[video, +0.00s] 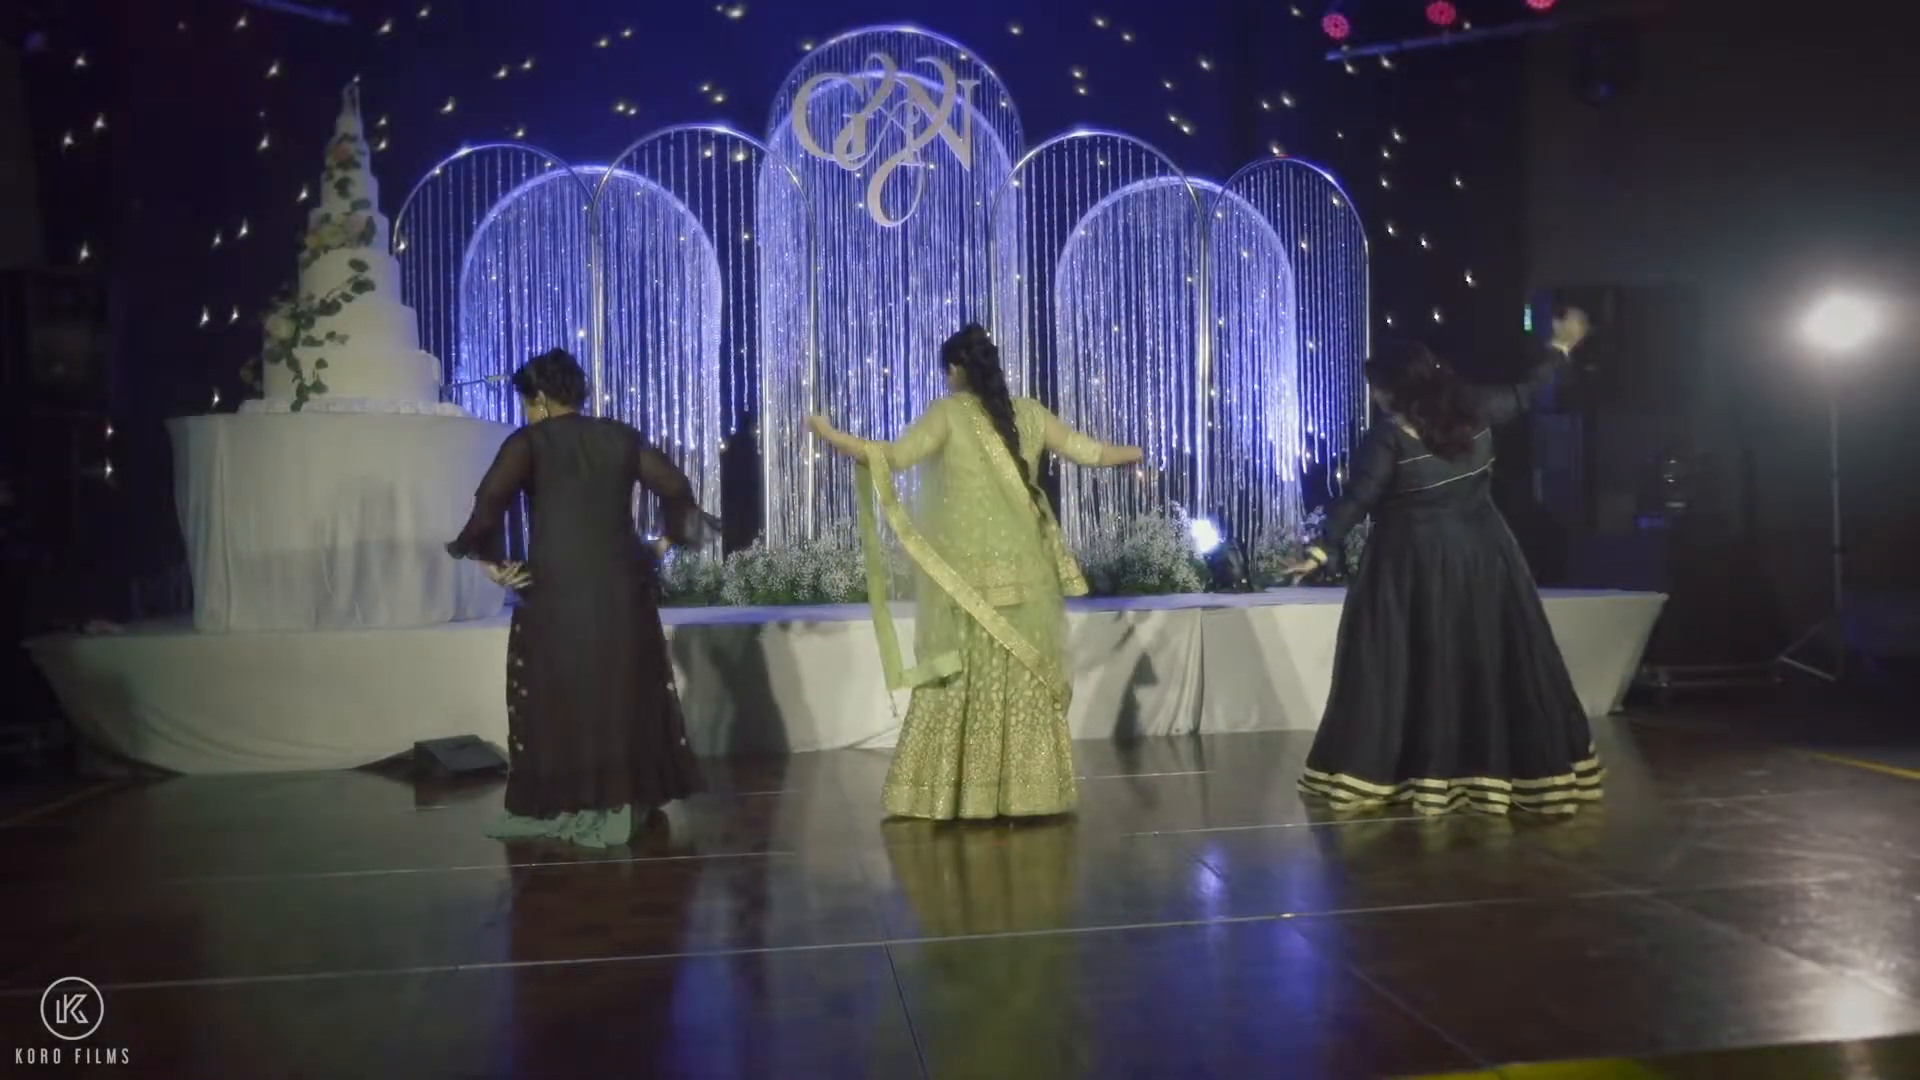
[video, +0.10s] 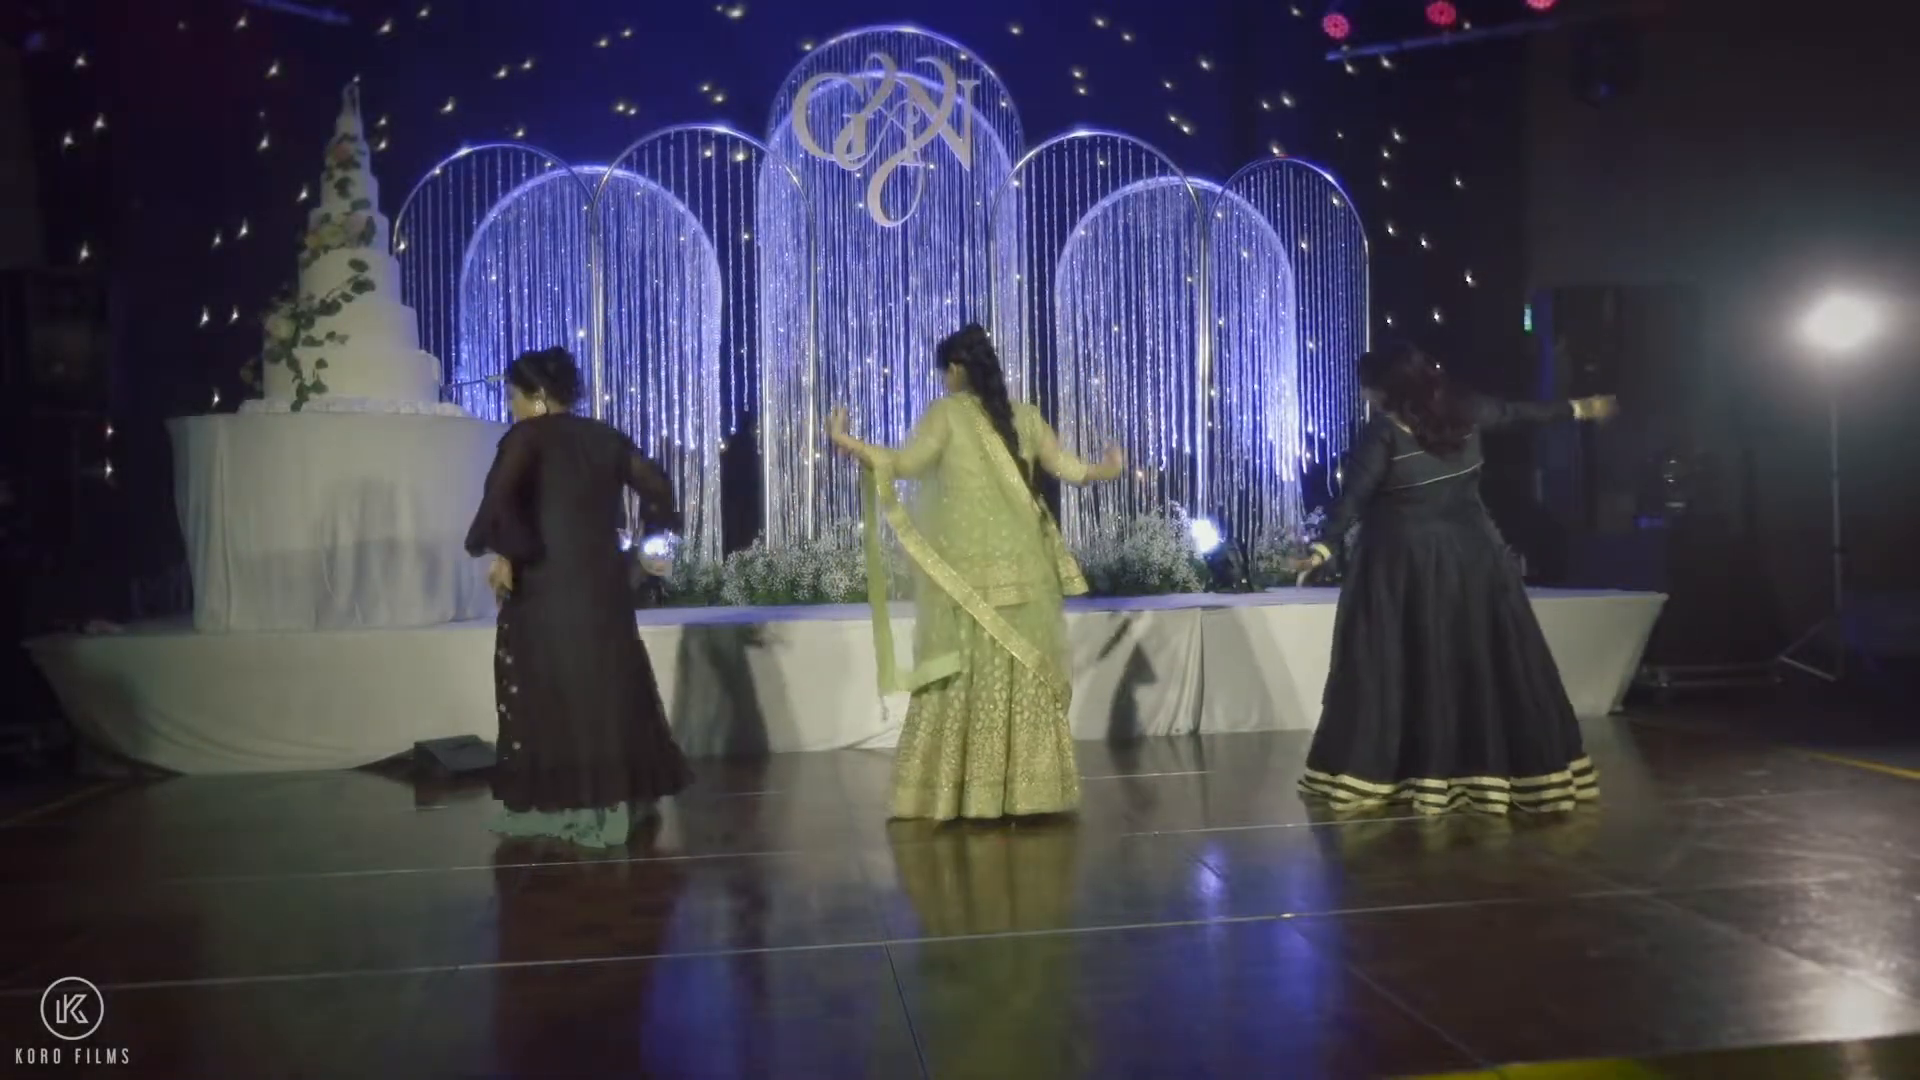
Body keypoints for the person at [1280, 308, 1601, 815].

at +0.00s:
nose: (1371, 396)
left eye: (1374, 388)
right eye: (1371, 387)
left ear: (1392, 388)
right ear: (1430, 377)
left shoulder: (1389, 436)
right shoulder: (1475, 410)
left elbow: (1360, 497)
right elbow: (1529, 391)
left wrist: (1321, 547)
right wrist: (1562, 346)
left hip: (1416, 556)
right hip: (1482, 551)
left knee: (1414, 662)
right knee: (1486, 660)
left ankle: (1419, 781)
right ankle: (1494, 778)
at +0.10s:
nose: (1365, 398)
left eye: (1366, 388)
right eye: (1364, 388)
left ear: (1382, 386)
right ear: (1420, 374)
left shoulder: (1383, 430)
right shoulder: (1463, 411)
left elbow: (1357, 491)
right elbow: (1517, 412)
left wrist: (1324, 545)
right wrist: (1578, 409)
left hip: (1407, 555)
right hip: (1470, 547)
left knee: (1409, 663)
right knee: (1477, 659)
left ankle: (1414, 778)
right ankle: (1485, 777)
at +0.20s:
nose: (1356, 396)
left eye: (1359, 387)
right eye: (1354, 387)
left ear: (1377, 385)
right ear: (1411, 376)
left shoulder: (1377, 426)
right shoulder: (1451, 416)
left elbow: (1354, 479)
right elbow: (1498, 425)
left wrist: (1321, 519)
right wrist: (1552, 420)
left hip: (1397, 555)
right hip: (1458, 550)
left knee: (1393, 662)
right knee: (1467, 659)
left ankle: (1388, 780)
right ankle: (1476, 779)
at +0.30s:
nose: (1336, 397)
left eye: (1339, 388)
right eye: (1335, 388)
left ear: (1362, 386)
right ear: (1386, 383)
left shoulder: (1369, 424)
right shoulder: (1424, 420)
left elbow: (1352, 468)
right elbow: (1458, 428)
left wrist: (1331, 497)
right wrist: (1496, 422)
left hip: (1386, 549)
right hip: (1438, 545)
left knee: (1379, 660)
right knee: (1445, 658)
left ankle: (1376, 774)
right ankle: (1453, 772)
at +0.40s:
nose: (1316, 400)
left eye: (1320, 390)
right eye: (1315, 390)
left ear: (1344, 388)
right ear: (1359, 385)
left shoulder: (1355, 425)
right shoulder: (1395, 423)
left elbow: (1340, 481)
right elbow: (1406, 450)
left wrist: (1324, 497)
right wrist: (1435, 434)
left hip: (1368, 550)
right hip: (1411, 546)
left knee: (1361, 660)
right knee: (1418, 657)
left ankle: (1364, 771)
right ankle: (1428, 769)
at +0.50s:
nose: (1294, 398)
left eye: (1298, 387)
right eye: (1292, 388)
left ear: (1319, 386)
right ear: (1331, 385)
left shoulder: (1332, 428)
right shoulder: (1353, 426)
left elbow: (1327, 487)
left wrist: (1317, 499)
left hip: (1340, 566)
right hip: (1366, 560)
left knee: (1335, 669)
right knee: (1364, 667)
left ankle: (1346, 772)